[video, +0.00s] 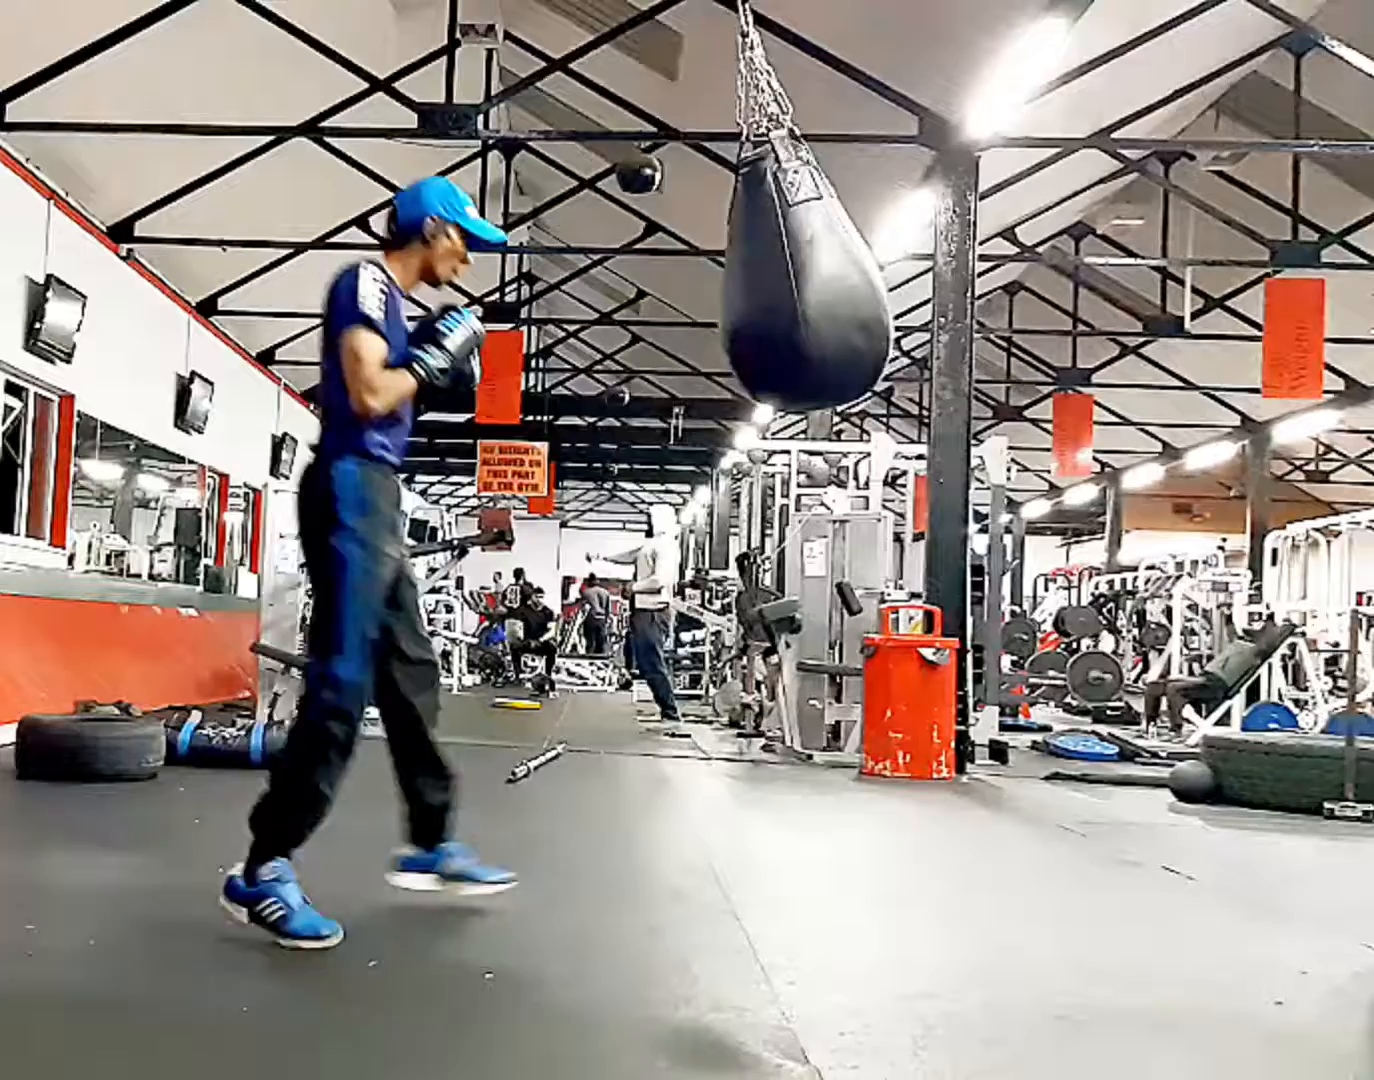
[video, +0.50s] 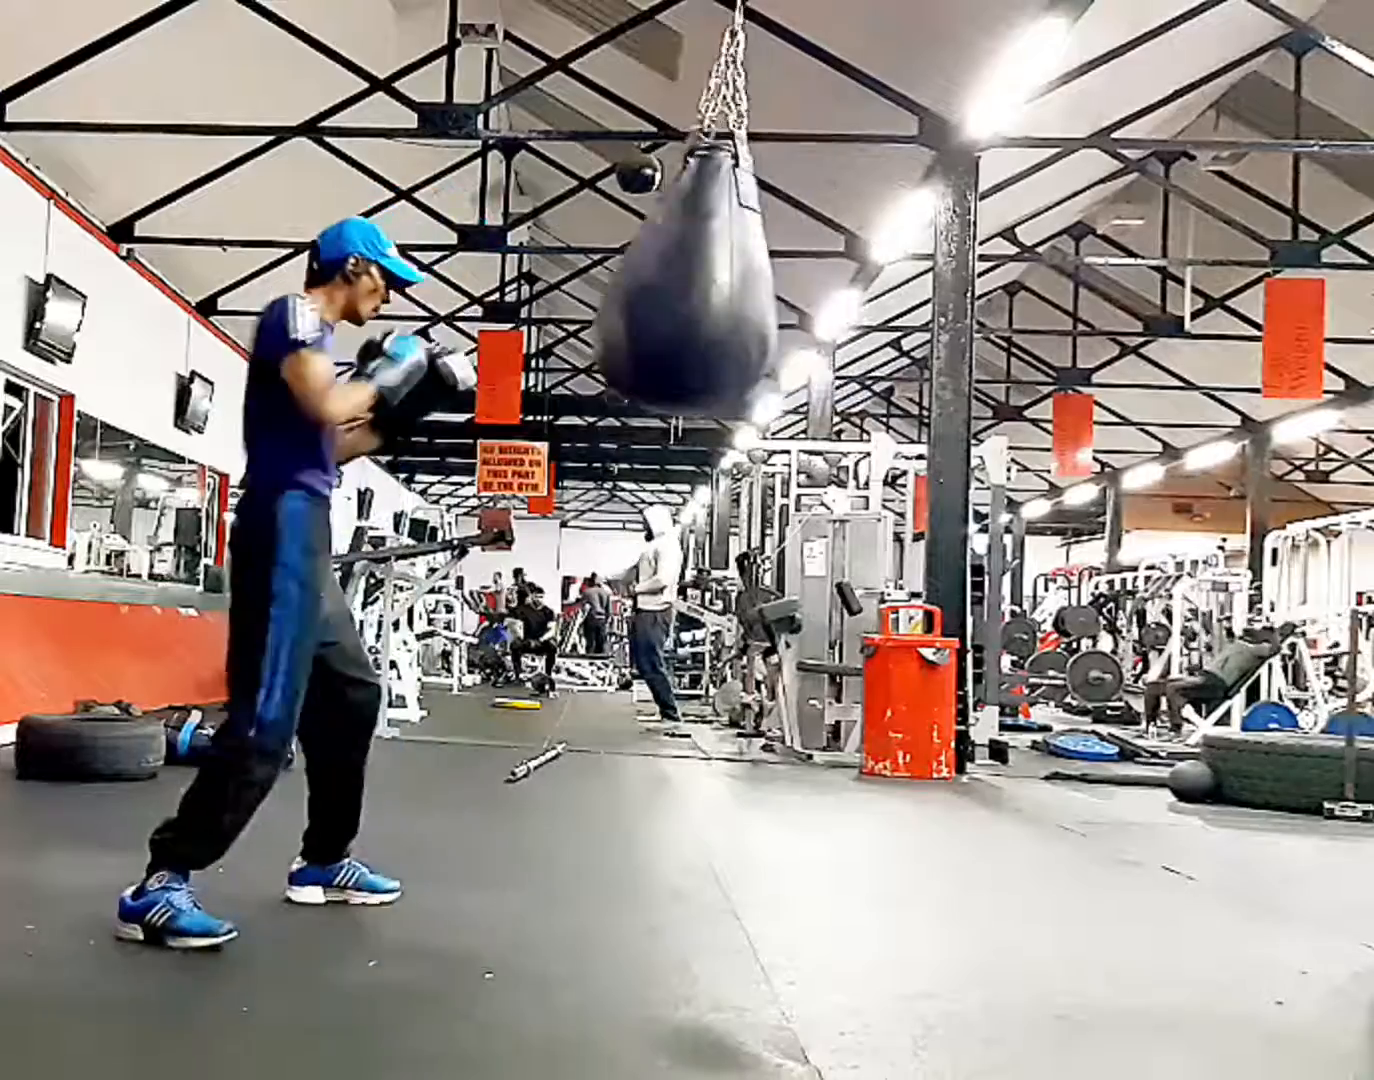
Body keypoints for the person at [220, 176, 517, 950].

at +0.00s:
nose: (466, 260)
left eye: (468, 248)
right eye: (462, 244)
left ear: (429, 236)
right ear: (431, 234)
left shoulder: (402, 306)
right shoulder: (363, 285)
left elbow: (386, 398)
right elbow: (370, 398)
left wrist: (434, 371)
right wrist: (432, 359)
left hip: (378, 491)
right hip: (349, 487)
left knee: (408, 673)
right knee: (342, 683)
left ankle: (429, 845)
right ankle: (262, 870)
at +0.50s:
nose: (386, 301)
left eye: (390, 288)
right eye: (384, 285)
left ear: (347, 275)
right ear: (354, 272)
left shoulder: (319, 341)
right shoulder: (296, 313)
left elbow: (329, 450)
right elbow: (318, 403)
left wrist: (401, 415)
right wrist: (386, 375)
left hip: (304, 528)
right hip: (280, 522)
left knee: (351, 694)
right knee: (265, 718)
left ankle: (326, 862)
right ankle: (162, 881)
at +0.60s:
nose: (400, 298)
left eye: (401, 289)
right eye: (395, 285)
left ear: (336, 279)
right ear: (368, 276)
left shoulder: (280, 336)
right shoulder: (341, 313)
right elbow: (433, 343)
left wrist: (396, 375)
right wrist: (483, 324)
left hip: (282, 519)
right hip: (306, 517)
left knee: (342, 694)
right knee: (270, 704)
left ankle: (322, 861)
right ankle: (160, 883)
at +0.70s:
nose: (414, 294)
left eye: (414, 283)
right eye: (407, 279)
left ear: (353, 272)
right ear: (375, 270)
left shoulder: (300, 326)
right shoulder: (364, 314)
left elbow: (271, 382)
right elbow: (469, 349)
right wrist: (534, 327)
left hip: (294, 512)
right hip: (296, 509)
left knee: (347, 686)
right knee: (262, 697)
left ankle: (321, 861)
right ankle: (167, 876)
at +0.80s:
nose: (414, 287)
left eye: (418, 276)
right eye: (409, 270)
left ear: (384, 268)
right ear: (374, 258)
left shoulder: (379, 338)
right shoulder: (312, 307)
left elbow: (446, 375)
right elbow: (345, 400)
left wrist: (523, 360)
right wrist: (438, 380)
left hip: (321, 528)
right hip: (269, 516)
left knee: (351, 697)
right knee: (262, 681)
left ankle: (324, 863)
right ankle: (189, 859)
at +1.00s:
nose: (390, 287)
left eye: (393, 276)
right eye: (385, 272)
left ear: (358, 267)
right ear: (349, 260)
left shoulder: (345, 337)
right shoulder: (266, 309)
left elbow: (372, 415)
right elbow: (239, 422)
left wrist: (452, 422)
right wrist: (324, 398)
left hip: (303, 513)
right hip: (251, 510)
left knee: (325, 692)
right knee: (242, 700)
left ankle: (323, 858)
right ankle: (153, 828)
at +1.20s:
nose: (357, 295)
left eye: (359, 284)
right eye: (350, 281)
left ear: (320, 277)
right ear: (312, 272)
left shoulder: (304, 347)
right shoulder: (238, 322)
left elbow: (283, 438)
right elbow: (231, 434)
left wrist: (339, 438)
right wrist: (308, 394)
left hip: (271, 528)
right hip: (219, 527)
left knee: (343, 674)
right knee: (214, 703)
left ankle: (323, 840)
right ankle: (137, 840)